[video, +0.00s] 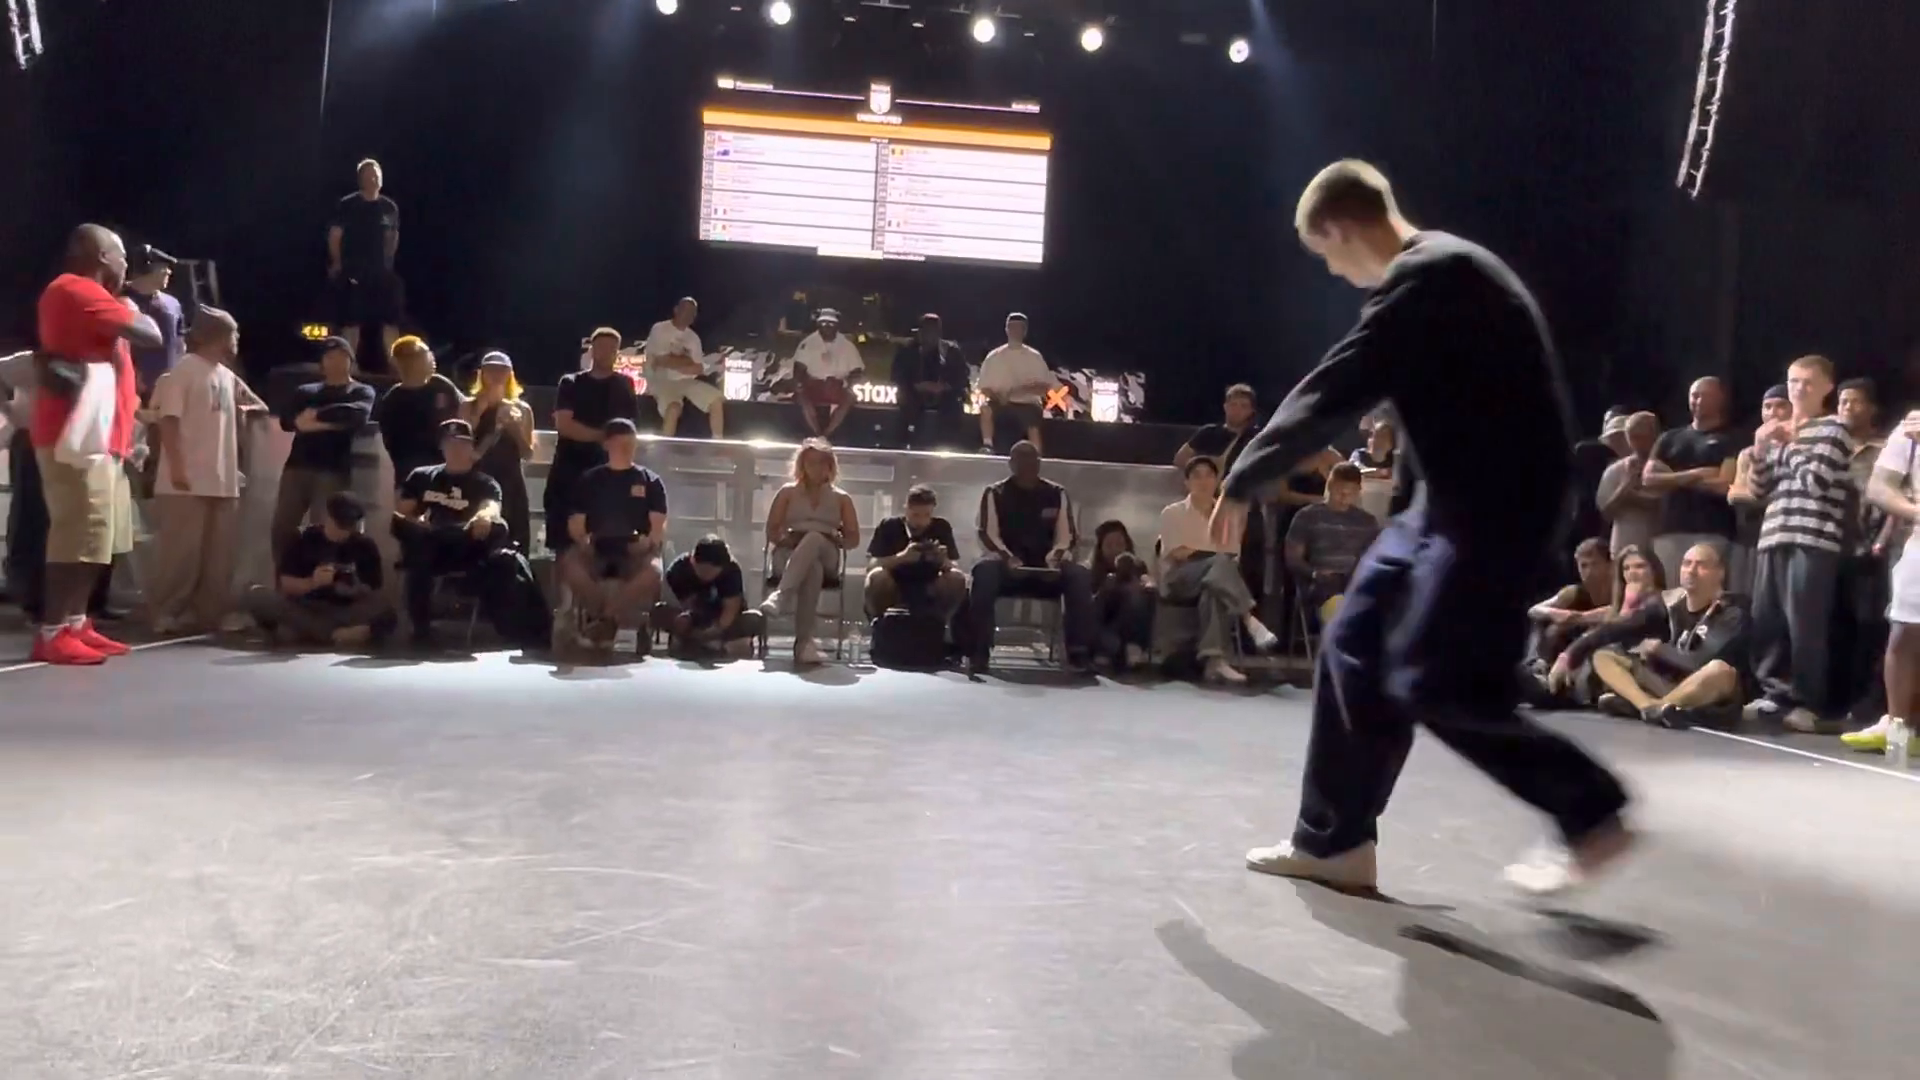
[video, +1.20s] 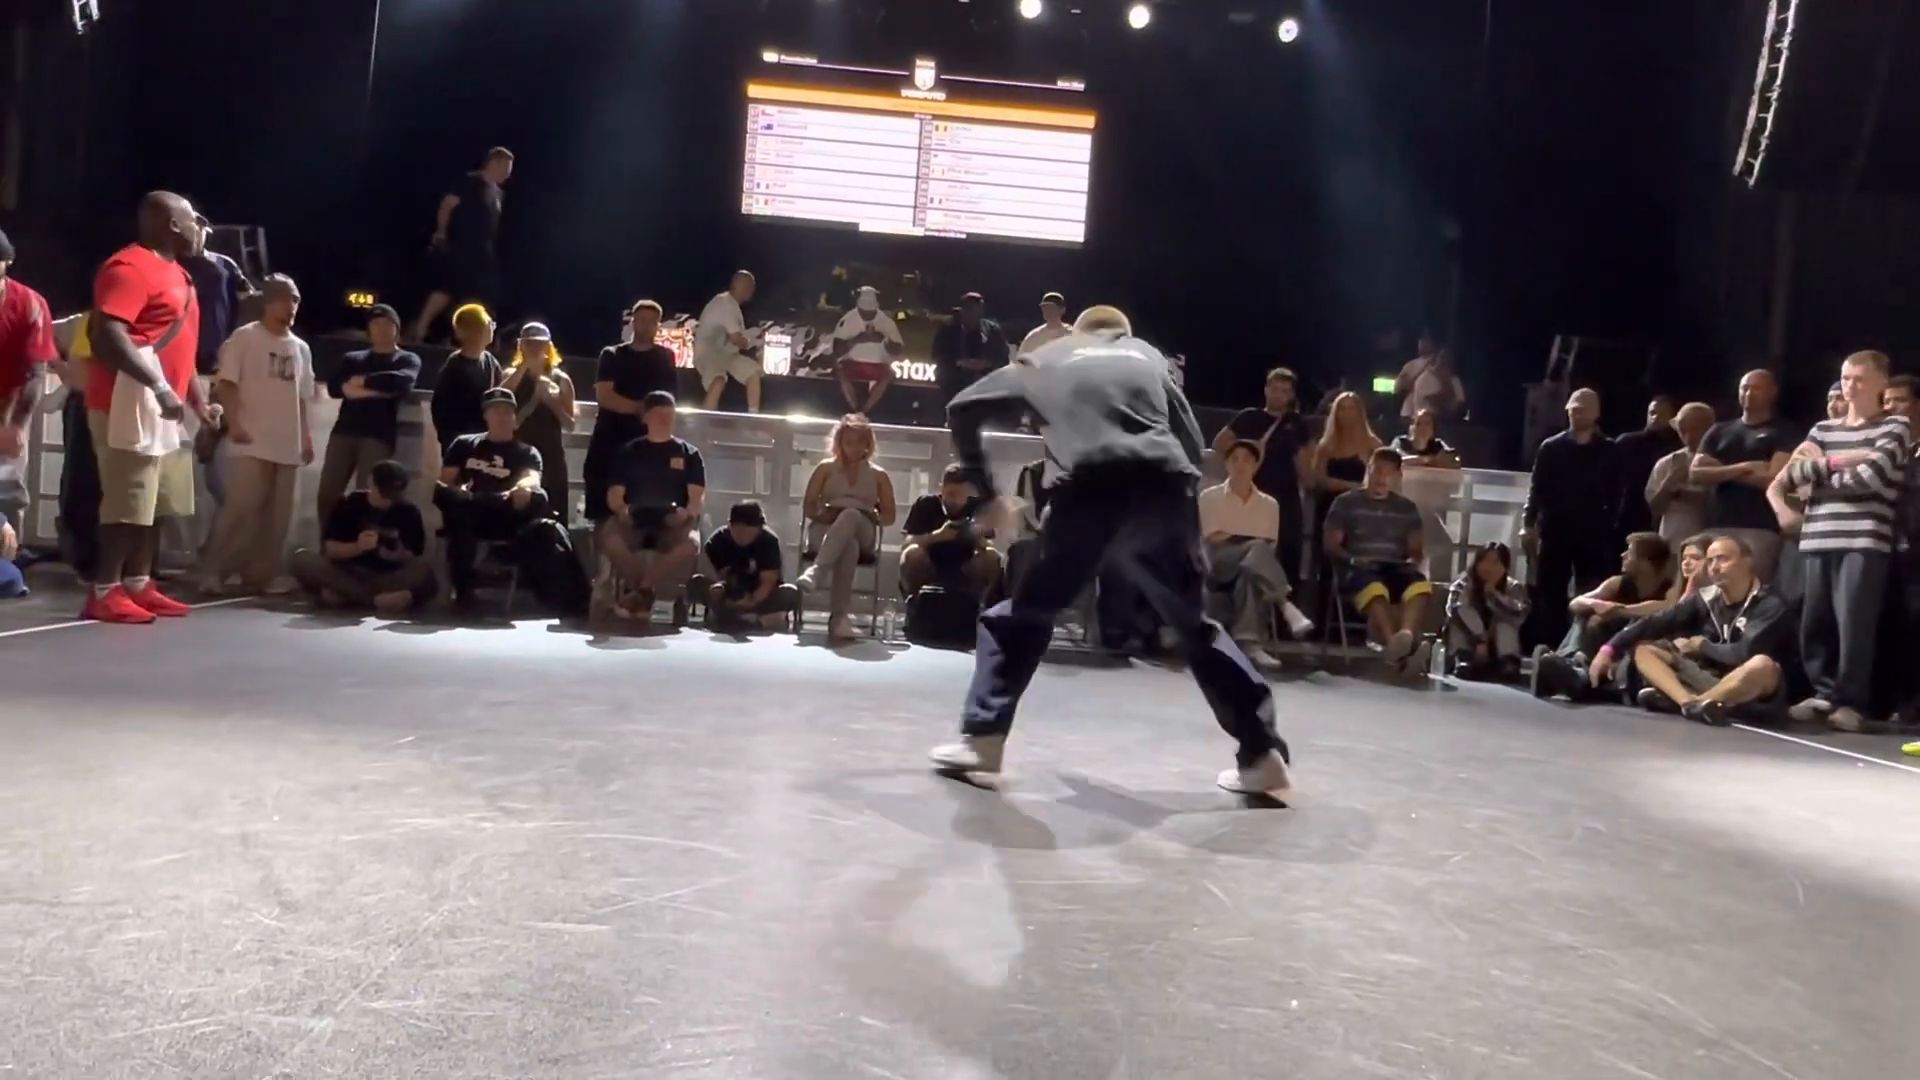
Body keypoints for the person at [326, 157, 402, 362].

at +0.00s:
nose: (373, 180)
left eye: (376, 175)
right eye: (368, 175)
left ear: (381, 179)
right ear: (360, 179)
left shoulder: (389, 207)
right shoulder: (346, 205)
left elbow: (392, 236)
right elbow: (335, 235)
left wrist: (386, 261)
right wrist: (337, 262)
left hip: (381, 272)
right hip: (352, 272)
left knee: (390, 324)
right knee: (350, 325)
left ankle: (395, 370)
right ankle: (348, 368)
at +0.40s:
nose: (392, 163)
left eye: (395, 159)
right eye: (387, 159)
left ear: (400, 162)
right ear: (378, 162)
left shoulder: (409, 189)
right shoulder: (365, 188)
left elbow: (410, 221)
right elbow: (355, 220)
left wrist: (406, 246)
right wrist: (359, 247)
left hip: (404, 254)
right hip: (375, 254)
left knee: (413, 304)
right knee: (373, 305)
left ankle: (416, 349)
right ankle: (370, 348)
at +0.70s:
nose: (422, 157)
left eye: (424, 152)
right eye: (417, 152)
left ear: (427, 155)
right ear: (406, 155)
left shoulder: (431, 183)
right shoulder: (387, 182)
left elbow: (434, 211)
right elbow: (377, 215)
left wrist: (424, 231)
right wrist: (385, 239)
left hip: (426, 244)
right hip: (397, 244)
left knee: (436, 296)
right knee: (389, 296)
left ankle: (441, 344)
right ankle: (384, 340)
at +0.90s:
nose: (455, 165)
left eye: (456, 160)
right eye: (452, 159)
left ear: (455, 161)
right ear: (438, 158)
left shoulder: (452, 188)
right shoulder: (415, 181)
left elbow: (450, 218)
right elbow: (397, 211)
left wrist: (446, 239)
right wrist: (403, 237)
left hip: (443, 246)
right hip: (416, 244)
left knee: (452, 293)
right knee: (403, 293)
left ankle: (451, 338)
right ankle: (391, 334)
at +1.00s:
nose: (474, 167)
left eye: (475, 162)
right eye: (471, 161)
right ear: (458, 161)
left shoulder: (467, 191)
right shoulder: (436, 181)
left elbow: (461, 221)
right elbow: (413, 207)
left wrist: (458, 242)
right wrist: (414, 237)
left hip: (455, 249)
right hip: (429, 246)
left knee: (457, 294)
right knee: (412, 292)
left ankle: (458, 340)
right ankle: (395, 332)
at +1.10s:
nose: (491, 171)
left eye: (493, 166)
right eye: (489, 165)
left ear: (490, 166)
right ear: (477, 162)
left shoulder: (482, 192)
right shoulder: (454, 181)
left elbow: (475, 221)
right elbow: (430, 207)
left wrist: (473, 243)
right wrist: (427, 235)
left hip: (468, 249)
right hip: (443, 246)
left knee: (466, 296)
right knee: (423, 291)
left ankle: (461, 341)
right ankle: (400, 333)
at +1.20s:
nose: (508, 171)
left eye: (509, 167)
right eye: (505, 165)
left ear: (507, 168)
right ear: (492, 163)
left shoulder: (498, 192)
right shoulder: (471, 181)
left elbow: (489, 221)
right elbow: (448, 204)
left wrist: (487, 244)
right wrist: (441, 231)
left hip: (484, 248)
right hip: (460, 244)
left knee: (483, 293)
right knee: (446, 288)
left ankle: (479, 339)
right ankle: (420, 329)